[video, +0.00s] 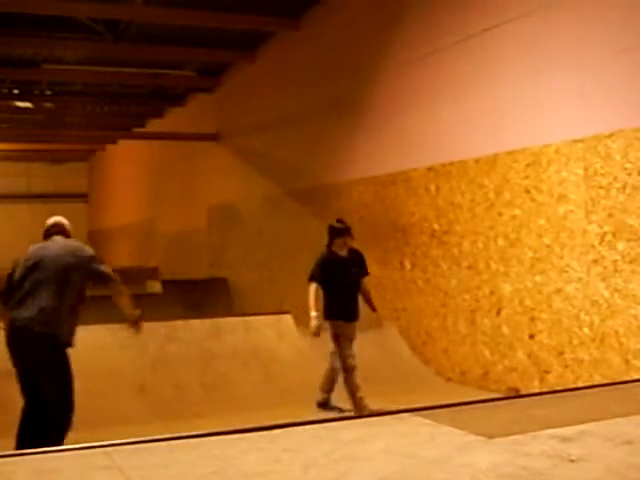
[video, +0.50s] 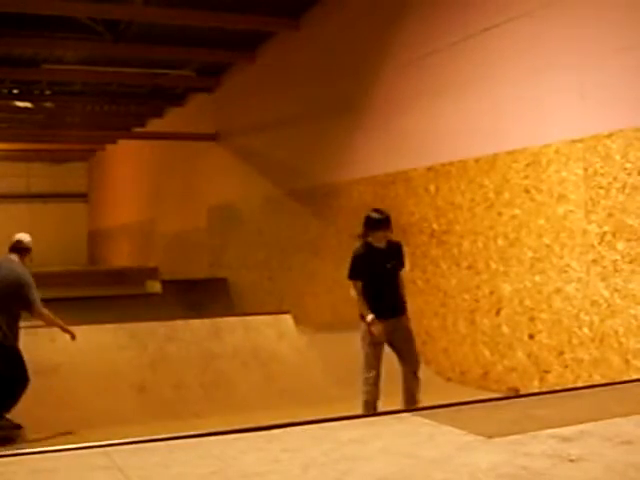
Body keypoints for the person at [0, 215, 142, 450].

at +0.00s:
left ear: (44, 236)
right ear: (69, 234)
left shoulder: (31, 253)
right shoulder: (80, 252)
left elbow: (9, 289)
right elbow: (112, 281)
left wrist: (8, 317)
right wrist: (131, 313)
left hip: (18, 333)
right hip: (49, 336)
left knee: (34, 401)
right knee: (60, 404)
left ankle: (23, 459)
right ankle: (46, 460)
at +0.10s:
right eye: (58, 244)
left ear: (34, 245)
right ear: (58, 245)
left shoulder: (20, 263)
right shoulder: (59, 262)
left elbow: (3, 290)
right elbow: (94, 292)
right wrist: (103, 323)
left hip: (6, 339)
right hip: (33, 342)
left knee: (29, 397)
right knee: (53, 401)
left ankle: (14, 455)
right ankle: (28, 457)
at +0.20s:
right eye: (46, 256)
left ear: (25, 255)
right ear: (47, 256)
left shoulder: (9, 273)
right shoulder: (50, 274)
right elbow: (78, 302)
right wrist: (84, 328)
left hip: (3, 347)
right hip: (27, 349)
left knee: (22, 394)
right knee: (48, 399)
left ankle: (8, 442)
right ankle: (20, 446)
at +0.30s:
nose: (37, 264)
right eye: (38, 261)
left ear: (18, 259)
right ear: (38, 261)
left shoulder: (4, 277)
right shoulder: (38, 280)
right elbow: (60, 306)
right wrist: (73, 327)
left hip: (0, 348)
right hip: (16, 349)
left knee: (15, 389)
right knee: (40, 393)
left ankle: (5, 435)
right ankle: (16, 435)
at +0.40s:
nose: (34, 261)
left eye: (33, 258)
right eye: (34, 258)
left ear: (14, 256)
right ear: (32, 259)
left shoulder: (3, 273)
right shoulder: (30, 283)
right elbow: (52, 311)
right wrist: (69, 328)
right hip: (9, 346)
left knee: (8, 387)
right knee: (31, 388)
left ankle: (7, 429)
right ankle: (8, 428)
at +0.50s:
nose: (30, 259)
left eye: (30, 255)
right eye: (30, 255)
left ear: (11, 249)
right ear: (26, 254)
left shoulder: (3, 266)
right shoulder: (19, 274)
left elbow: (36, 309)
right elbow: (38, 310)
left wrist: (62, 327)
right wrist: (64, 328)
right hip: (4, 341)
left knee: (7, 377)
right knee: (20, 378)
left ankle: (1, 416)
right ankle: (1, 416)